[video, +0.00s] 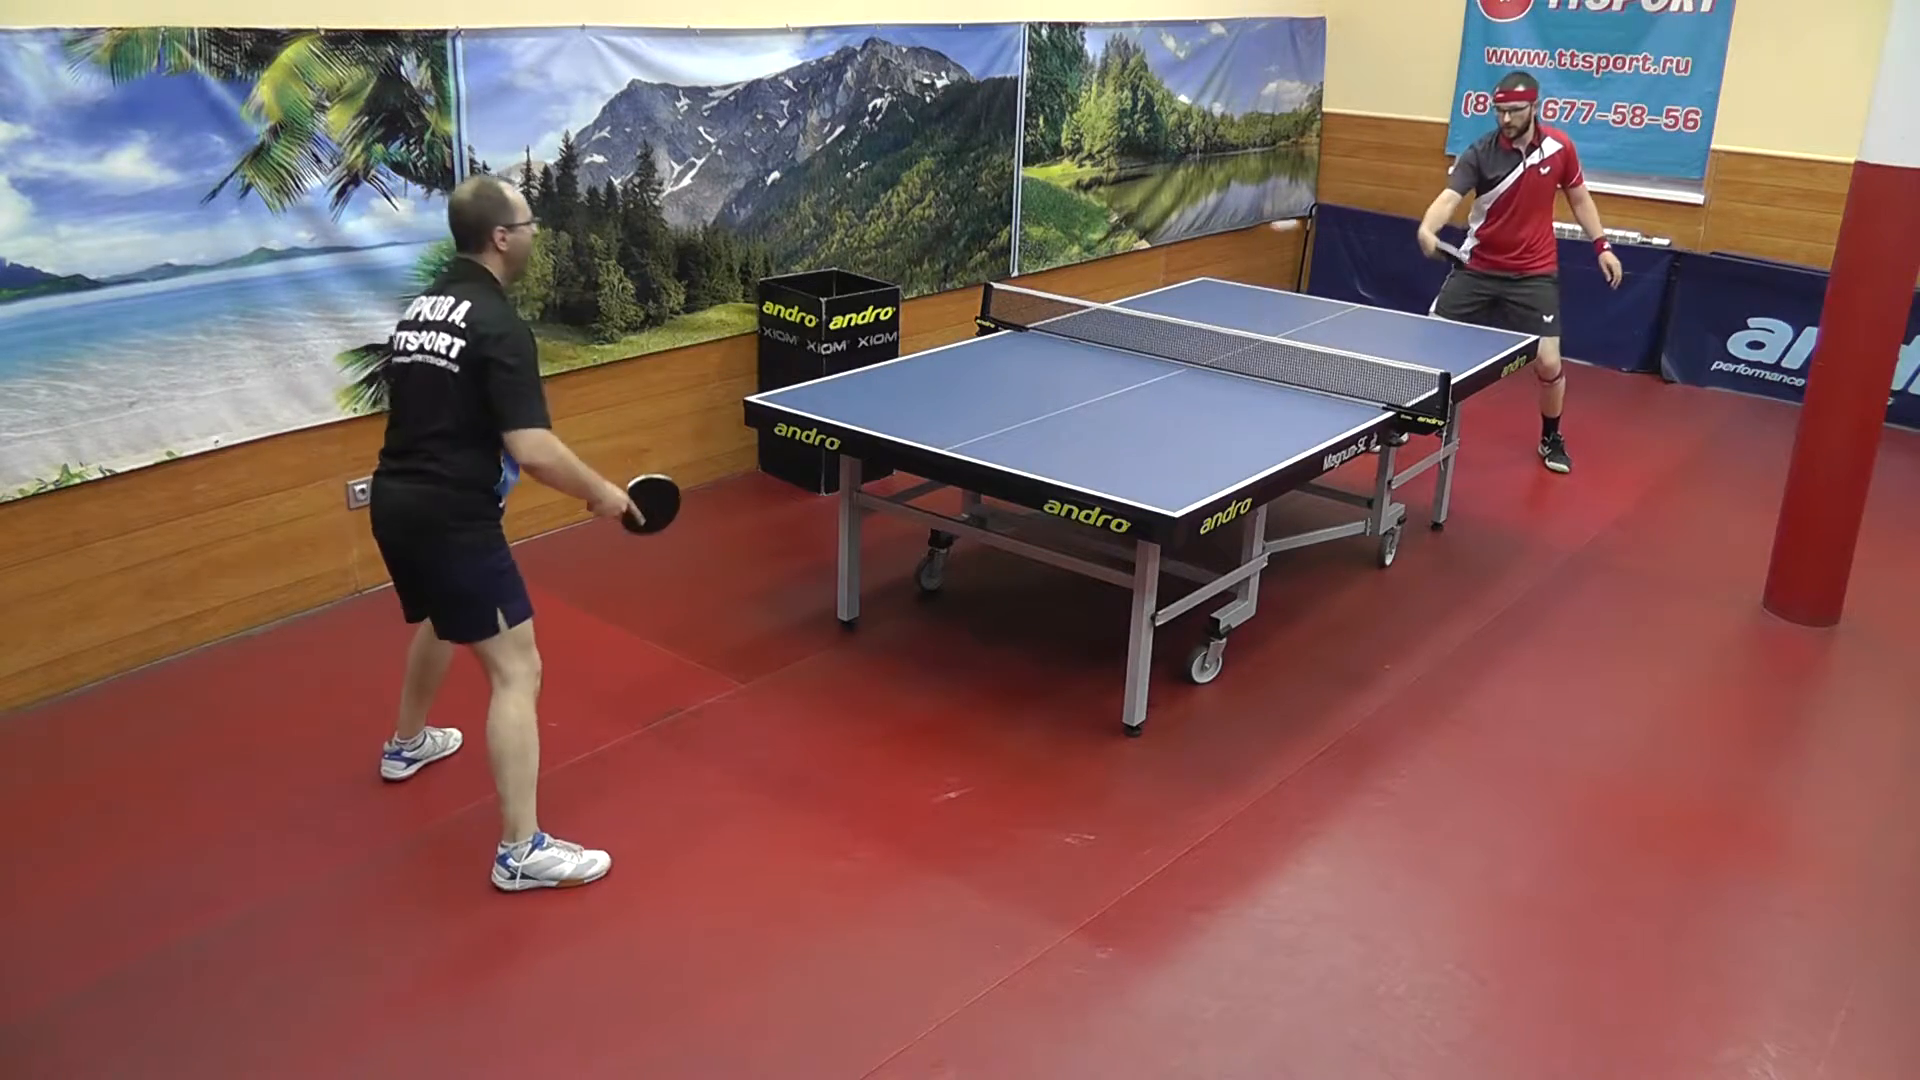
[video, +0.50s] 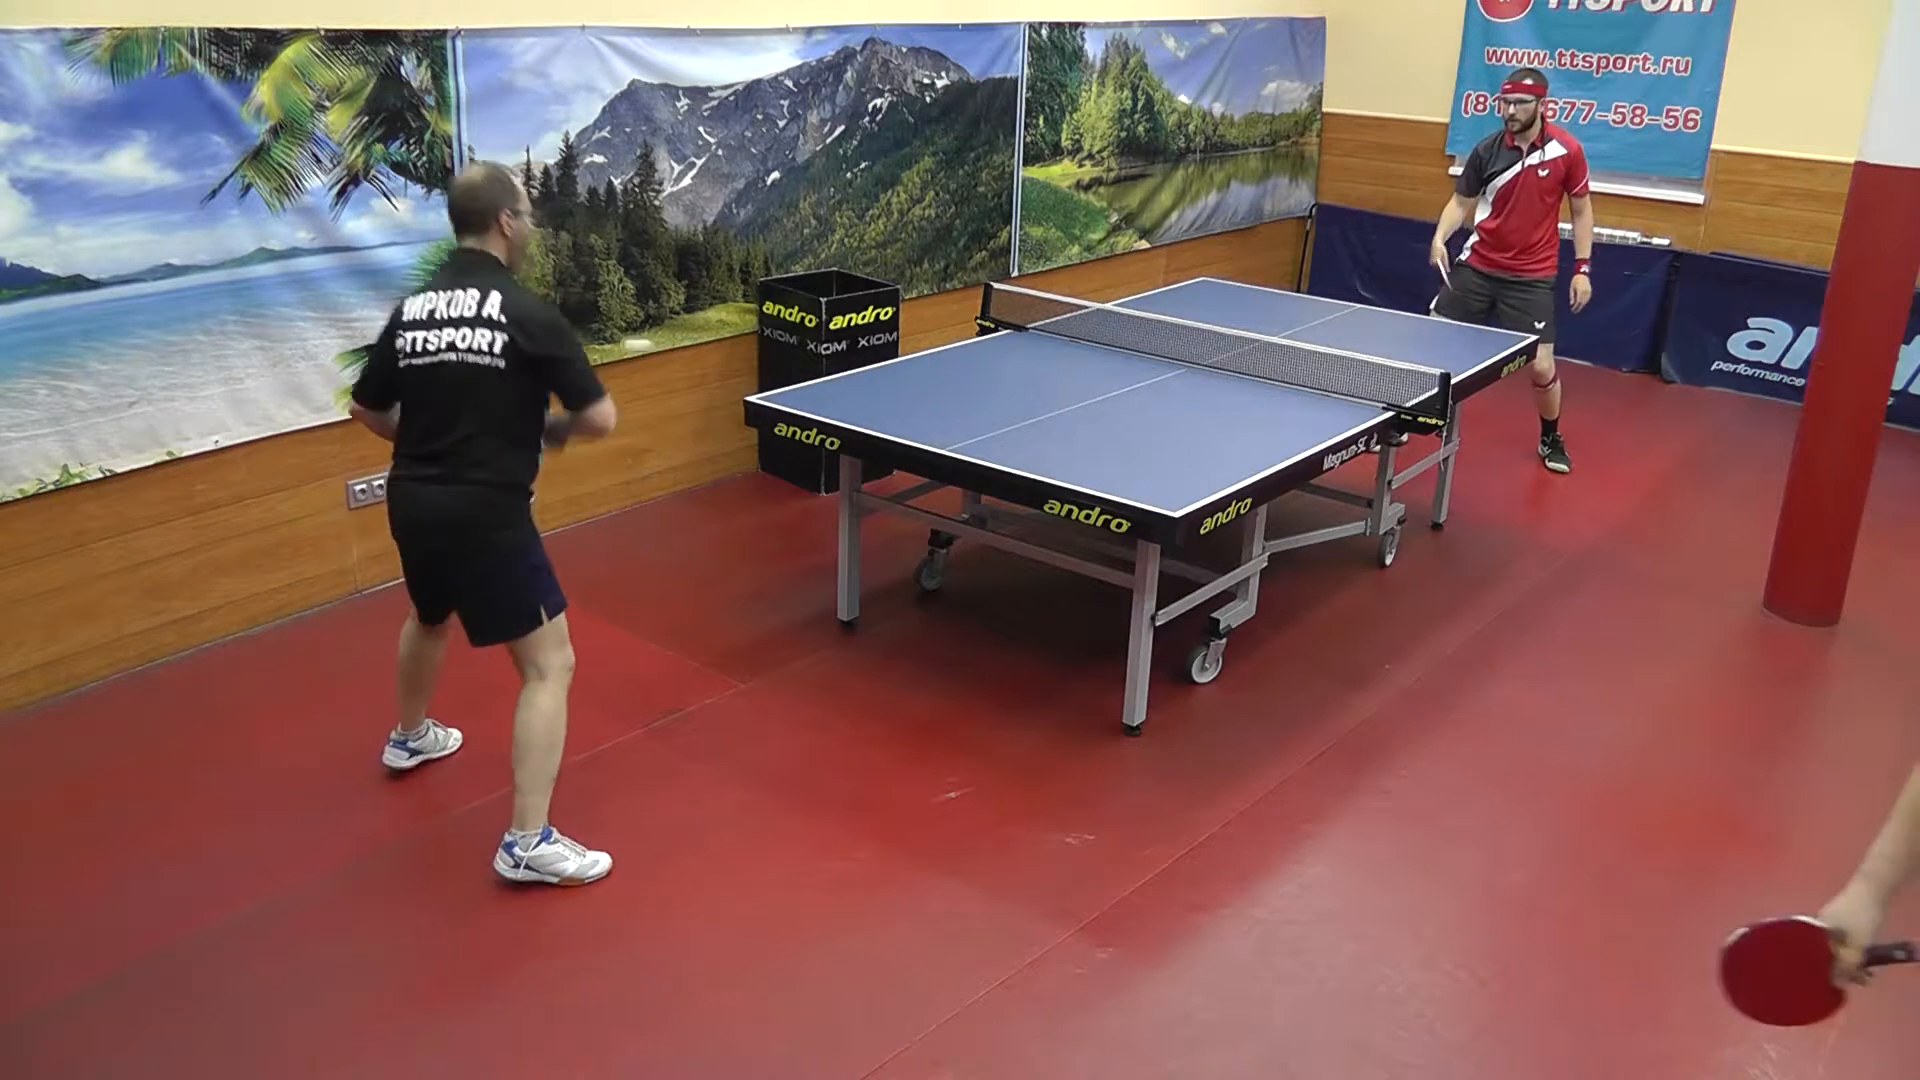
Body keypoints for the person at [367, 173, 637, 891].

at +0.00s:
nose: (534, 234)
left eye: (530, 223)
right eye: (527, 225)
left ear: (470, 238)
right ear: (501, 237)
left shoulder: (421, 309)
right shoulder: (499, 322)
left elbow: (414, 415)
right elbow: (530, 446)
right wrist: (599, 490)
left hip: (395, 503)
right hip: (453, 513)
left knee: (440, 616)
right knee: (516, 670)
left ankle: (407, 739)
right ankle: (522, 847)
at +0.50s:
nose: (531, 224)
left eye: (526, 211)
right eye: (526, 214)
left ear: (460, 225)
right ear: (506, 222)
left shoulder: (415, 307)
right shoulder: (529, 315)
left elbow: (370, 406)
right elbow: (599, 418)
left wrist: (429, 435)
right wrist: (549, 427)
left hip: (414, 505)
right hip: (490, 513)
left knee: (428, 618)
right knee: (548, 666)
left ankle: (408, 735)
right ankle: (527, 837)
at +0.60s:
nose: (495, 195)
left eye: (489, 183)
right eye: (488, 185)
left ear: (424, 201)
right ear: (468, 196)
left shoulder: (391, 293)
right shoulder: (506, 283)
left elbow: (352, 394)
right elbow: (614, 347)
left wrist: (417, 420)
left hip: (415, 489)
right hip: (491, 492)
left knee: (420, 610)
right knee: (537, 654)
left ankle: (406, 730)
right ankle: (535, 827)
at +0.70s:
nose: (465, 190)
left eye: (459, 179)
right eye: (458, 182)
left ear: (396, 206)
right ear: (441, 198)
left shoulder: (378, 299)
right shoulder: (492, 277)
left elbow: (346, 397)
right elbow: (612, 288)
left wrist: (411, 413)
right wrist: (678, 215)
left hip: (412, 496)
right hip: (486, 497)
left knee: (421, 618)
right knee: (531, 654)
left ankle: (399, 744)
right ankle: (535, 827)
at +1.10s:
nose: (464, 212)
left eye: (458, 200)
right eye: (455, 203)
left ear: (402, 222)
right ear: (428, 219)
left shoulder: (379, 300)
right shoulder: (443, 299)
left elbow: (361, 402)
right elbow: (533, 357)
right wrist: (642, 315)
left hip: (382, 502)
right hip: (438, 508)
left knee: (417, 625)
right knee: (489, 675)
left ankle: (399, 747)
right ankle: (480, 859)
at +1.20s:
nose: (481, 220)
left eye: (476, 210)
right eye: (473, 212)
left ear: (417, 233)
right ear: (446, 229)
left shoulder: (376, 313)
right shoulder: (460, 315)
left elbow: (368, 414)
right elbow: (535, 398)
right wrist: (641, 396)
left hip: (366, 512)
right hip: (427, 524)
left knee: (407, 619)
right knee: (480, 689)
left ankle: (386, 735)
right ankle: (476, 868)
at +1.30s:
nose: (497, 247)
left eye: (493, 235)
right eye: (490, 237)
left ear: (431, 250)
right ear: (462, 248)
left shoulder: (390, 317)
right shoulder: (456, 339)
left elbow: (395, 414)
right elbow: (514, 455)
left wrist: (468, 457)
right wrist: (593, 481)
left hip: (356, 525)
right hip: (409, 539)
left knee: (396, 628)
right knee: (491, 689)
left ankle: (341, 740)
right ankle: (476, 870)